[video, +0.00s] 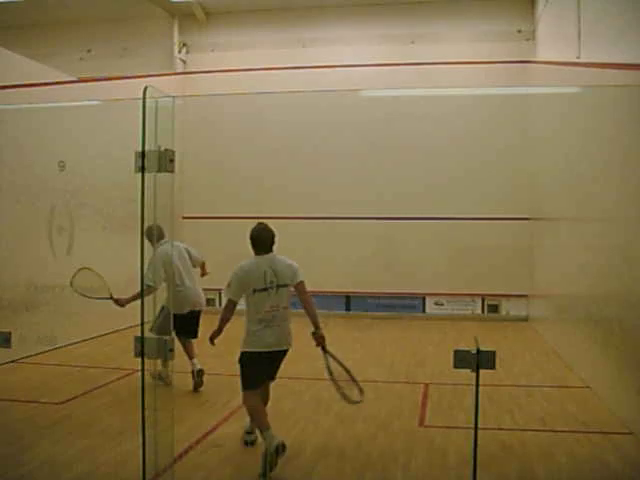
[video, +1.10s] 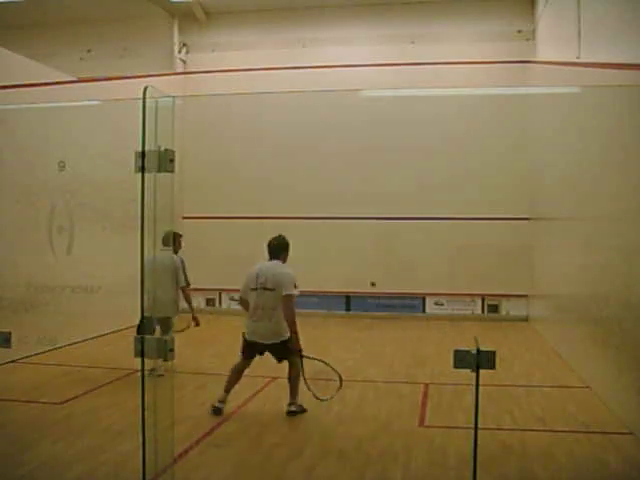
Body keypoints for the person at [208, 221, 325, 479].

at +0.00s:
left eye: (254, 241)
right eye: (268, 240)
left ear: (251, 244)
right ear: (274, 243)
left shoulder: (244, 272)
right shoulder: (288, 267)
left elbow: (229, 308)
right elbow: (305, 299)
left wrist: (218, 330)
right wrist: (317, 329)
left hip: (255, 346)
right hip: (281, 343)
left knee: (250, 395)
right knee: (264, 386)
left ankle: (271, 441)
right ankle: (251, 429)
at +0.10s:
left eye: (248, 236)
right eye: (262, 235)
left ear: (245, 239)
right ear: (267, 238)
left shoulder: (236, 266)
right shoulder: (281, 264)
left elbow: (224, 299)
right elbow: (293, 301)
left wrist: (215, 323)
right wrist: (296, 332)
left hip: (246, 339)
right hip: (275, 338)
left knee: (234, 381)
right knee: (261, 380)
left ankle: (248, 421)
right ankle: (250, 426)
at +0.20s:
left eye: (240, 229)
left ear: (238, 233)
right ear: (260, 232)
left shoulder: (230, 260)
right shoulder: (274, 257)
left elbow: (218, 294)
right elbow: (283, 292)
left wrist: (211, 319)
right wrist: (275, 312)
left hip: (238, 331)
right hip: (268, 330)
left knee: (229, 370)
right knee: (258, 376)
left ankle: (229, 417)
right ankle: (250, 428)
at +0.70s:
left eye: (226, 230)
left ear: (223, 233)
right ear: (241, 232)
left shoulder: (213, 255)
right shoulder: (254, 252)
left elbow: (204, 285)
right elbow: (267, 279)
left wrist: (203, 309)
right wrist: (268, 300)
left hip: (224, 316)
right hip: (251, 313)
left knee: (216, 348)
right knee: (263, 351)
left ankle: (216, 389)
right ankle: (265, 398)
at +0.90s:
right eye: (251, 260)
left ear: (234, 261)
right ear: (252, 262)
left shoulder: (220, 282)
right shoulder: (258, 284)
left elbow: (208, 310)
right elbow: (271, 315)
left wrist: (215, 330)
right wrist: (281, 334)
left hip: (223, 339)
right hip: (248, 339)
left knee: (213, 362)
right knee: (275, 359)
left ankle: (195, 398)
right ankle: (290, 400)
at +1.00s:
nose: (268, 263)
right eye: (267, 260)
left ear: (250, 262)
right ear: (267, 262)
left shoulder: (236, 281)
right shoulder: (272, 285)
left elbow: (223, 311)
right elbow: (282, 317)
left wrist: (236, 326)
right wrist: (292, 344)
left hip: (236, 340)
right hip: (261, 341)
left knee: (221, 364)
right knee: (285, 358)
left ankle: (198, 398)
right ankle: (292, 401)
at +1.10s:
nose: (288, 255)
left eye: (286, 252)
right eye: (287, 252)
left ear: (269, 252)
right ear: (285, 253)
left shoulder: (255, 271)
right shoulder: (285, 275)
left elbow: (242, 299)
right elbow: (288, 308)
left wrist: (255, 315)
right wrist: (294, 337)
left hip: (253, 332)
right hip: (278, 333)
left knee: (243, 362)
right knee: (295, 360)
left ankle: (222, 399)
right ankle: (293, 402)